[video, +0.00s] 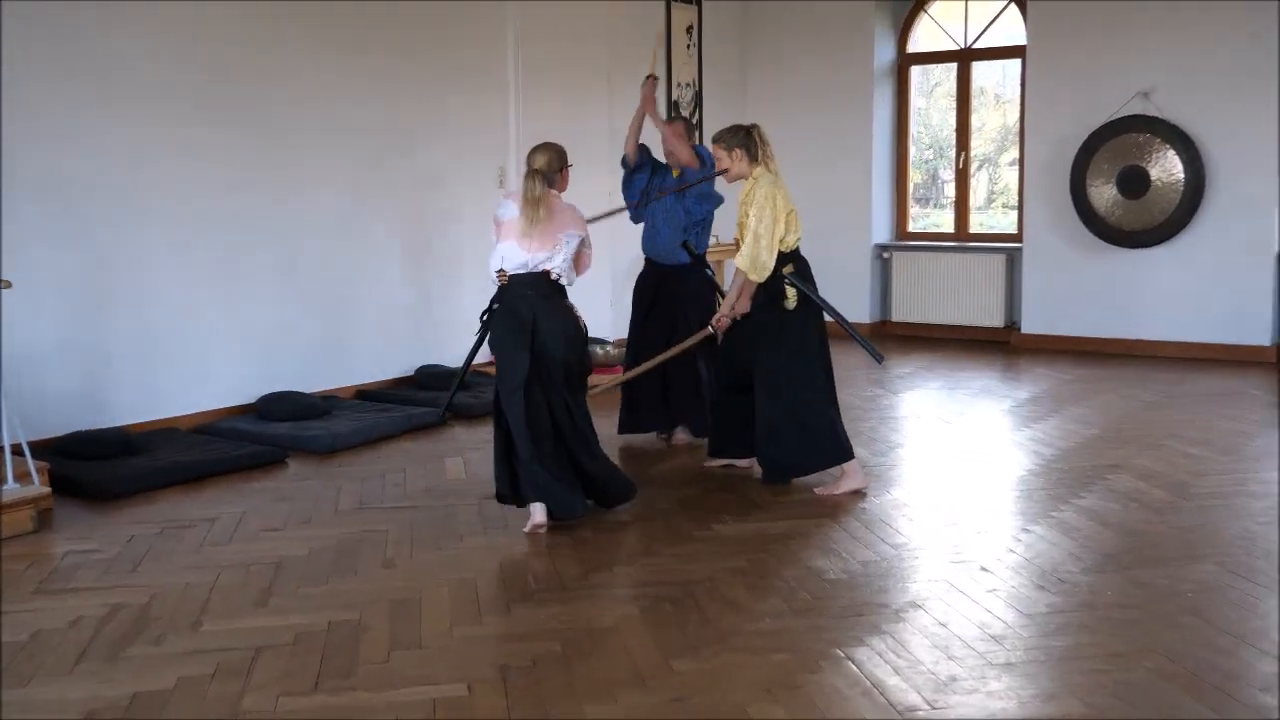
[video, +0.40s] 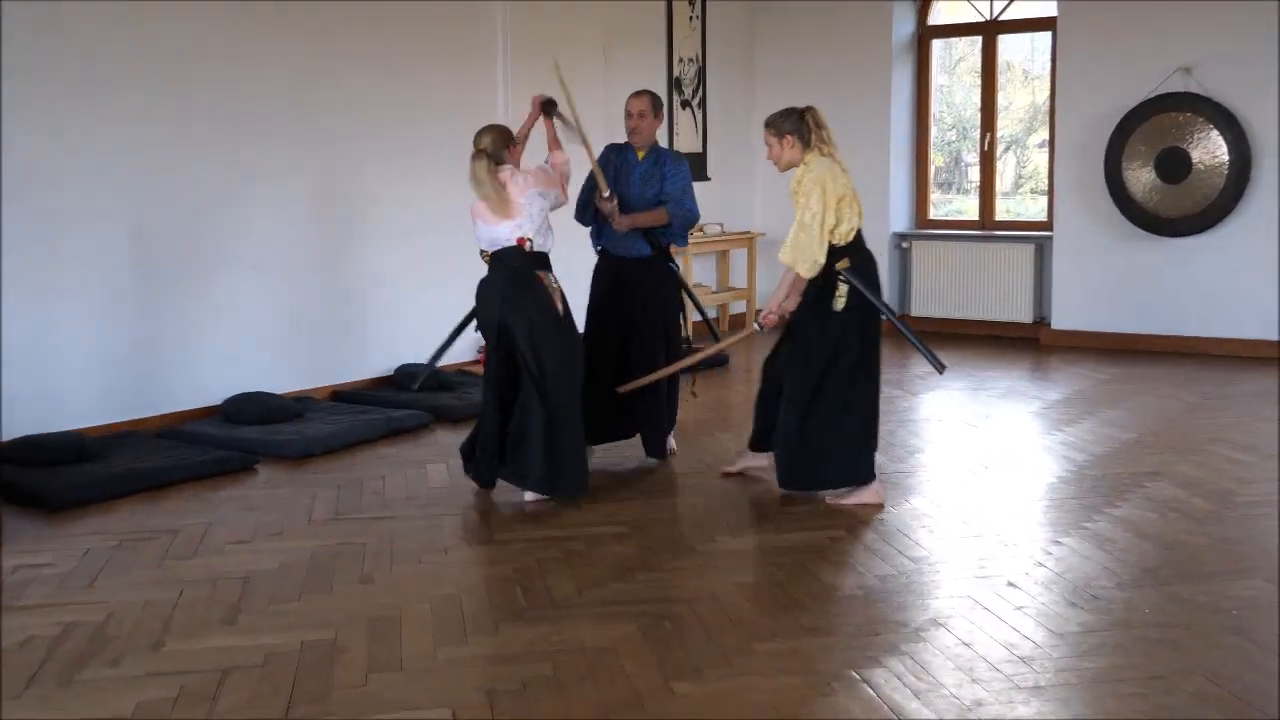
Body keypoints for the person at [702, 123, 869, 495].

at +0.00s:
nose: (719, 167)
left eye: (721, 159)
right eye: (717, 160)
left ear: (738, 154)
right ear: (739, 155)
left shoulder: (764, 187)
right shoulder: (755, 188)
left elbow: (760, 252)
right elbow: (747, 251)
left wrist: (741, 298)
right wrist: (729, 301)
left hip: (786, 284)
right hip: (767, 283)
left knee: (802, 376)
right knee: (737, 358)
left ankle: (851, 469)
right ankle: (742, 450)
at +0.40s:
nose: (768, 156)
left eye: (770, 147)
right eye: (767, 147)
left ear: (790, 141)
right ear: (794, 141)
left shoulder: (815, 175)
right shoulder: (817, 170)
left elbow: (810, 247)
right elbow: (804, 244)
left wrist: (787, 299)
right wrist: (780, 298)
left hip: (844, 283)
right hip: (831, 280)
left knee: (845, 380)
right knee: (782, 364)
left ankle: (866, 483)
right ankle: (766, 453)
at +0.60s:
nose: (803, 146)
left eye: (806, 137)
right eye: (803, 137)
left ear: (826, 136)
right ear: (837, 135)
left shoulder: (844, 175)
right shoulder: (867, 167)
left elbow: (849, 255)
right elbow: (845, 253)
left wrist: (823, 311)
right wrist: (821, 308)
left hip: (877, 291)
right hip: (902, 284)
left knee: (838, 388)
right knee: (885, 383)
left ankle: (869, 490)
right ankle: (884, 485)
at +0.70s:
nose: (818, 143)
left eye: (821, 135)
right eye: (818, 134)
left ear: (843, 135)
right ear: (854, 134)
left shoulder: (859, 175)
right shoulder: (883, 164)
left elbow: (864, 257)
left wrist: (839, 313)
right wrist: (847, 308)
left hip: (892, 288)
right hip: (918, 279)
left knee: (842, 383)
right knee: (894, 379)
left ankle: (869, 492)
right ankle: (901, 478)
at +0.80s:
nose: (837, 139)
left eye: (841, 131)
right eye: (838, 131)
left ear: (862, 132)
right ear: (870, 131)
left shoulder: (879, 171)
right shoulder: (902, 163)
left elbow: (883, 255)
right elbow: (925, 218)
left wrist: (859, 313)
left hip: (911, 284)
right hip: (939, 273)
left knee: (855, 380)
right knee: (916, 376)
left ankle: (875, 492)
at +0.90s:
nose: (858, 136)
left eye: (861, 128)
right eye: (858, 128)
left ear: (884, 129)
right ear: (893, 129)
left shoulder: (901, 170)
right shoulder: (925, 161)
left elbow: (905, 255)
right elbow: (945, 223)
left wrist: (878, 314)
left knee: (873, 377)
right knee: (963, 368)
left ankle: (878, 492)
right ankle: (990, 460)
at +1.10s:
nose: (895, 133)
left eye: (899, 124)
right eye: (896, 124)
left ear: (921, 125)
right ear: (928, 125)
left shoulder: (947, 166)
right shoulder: (945, 160)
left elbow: (952, 242)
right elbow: (937, 240)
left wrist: (930, 298)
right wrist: (916, 295)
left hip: (981, 278)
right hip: (999, 271)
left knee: (928, 374)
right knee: (993, 368)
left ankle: (910, 487)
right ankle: (1001, 465)